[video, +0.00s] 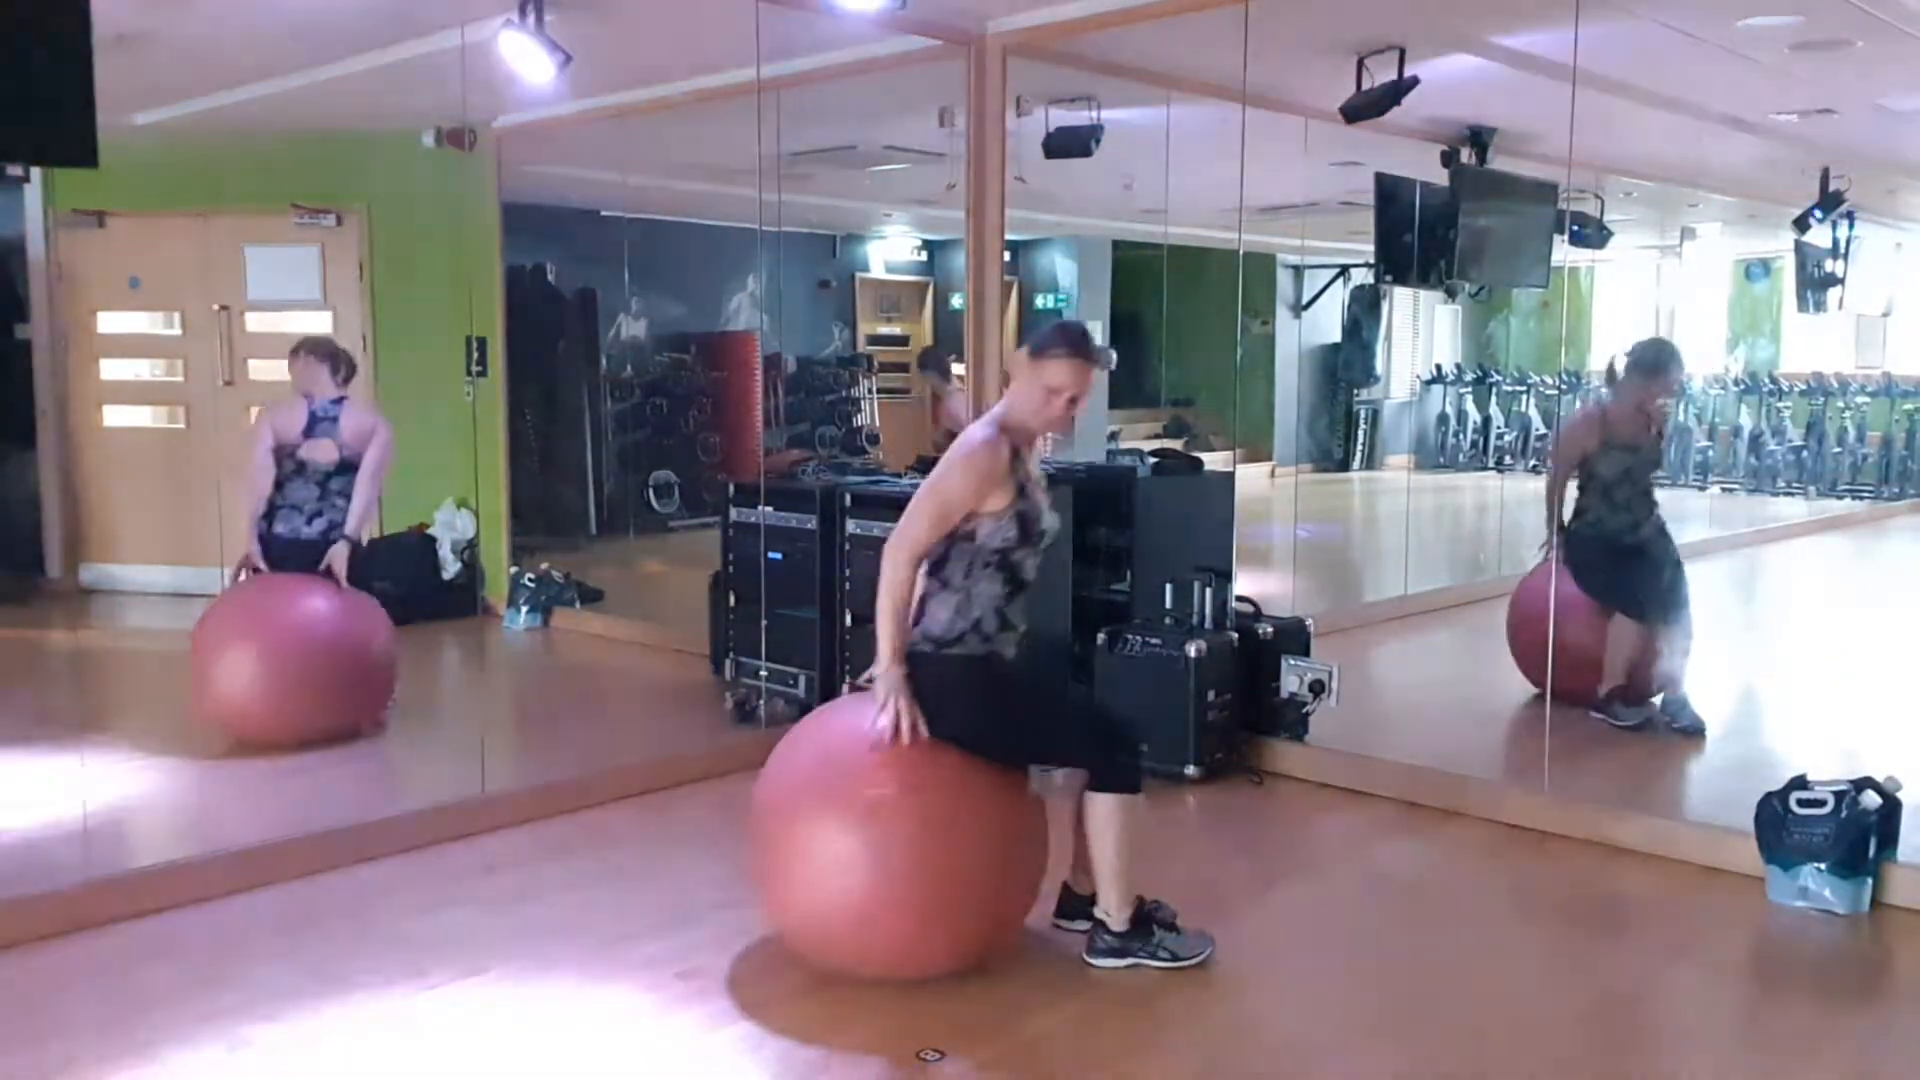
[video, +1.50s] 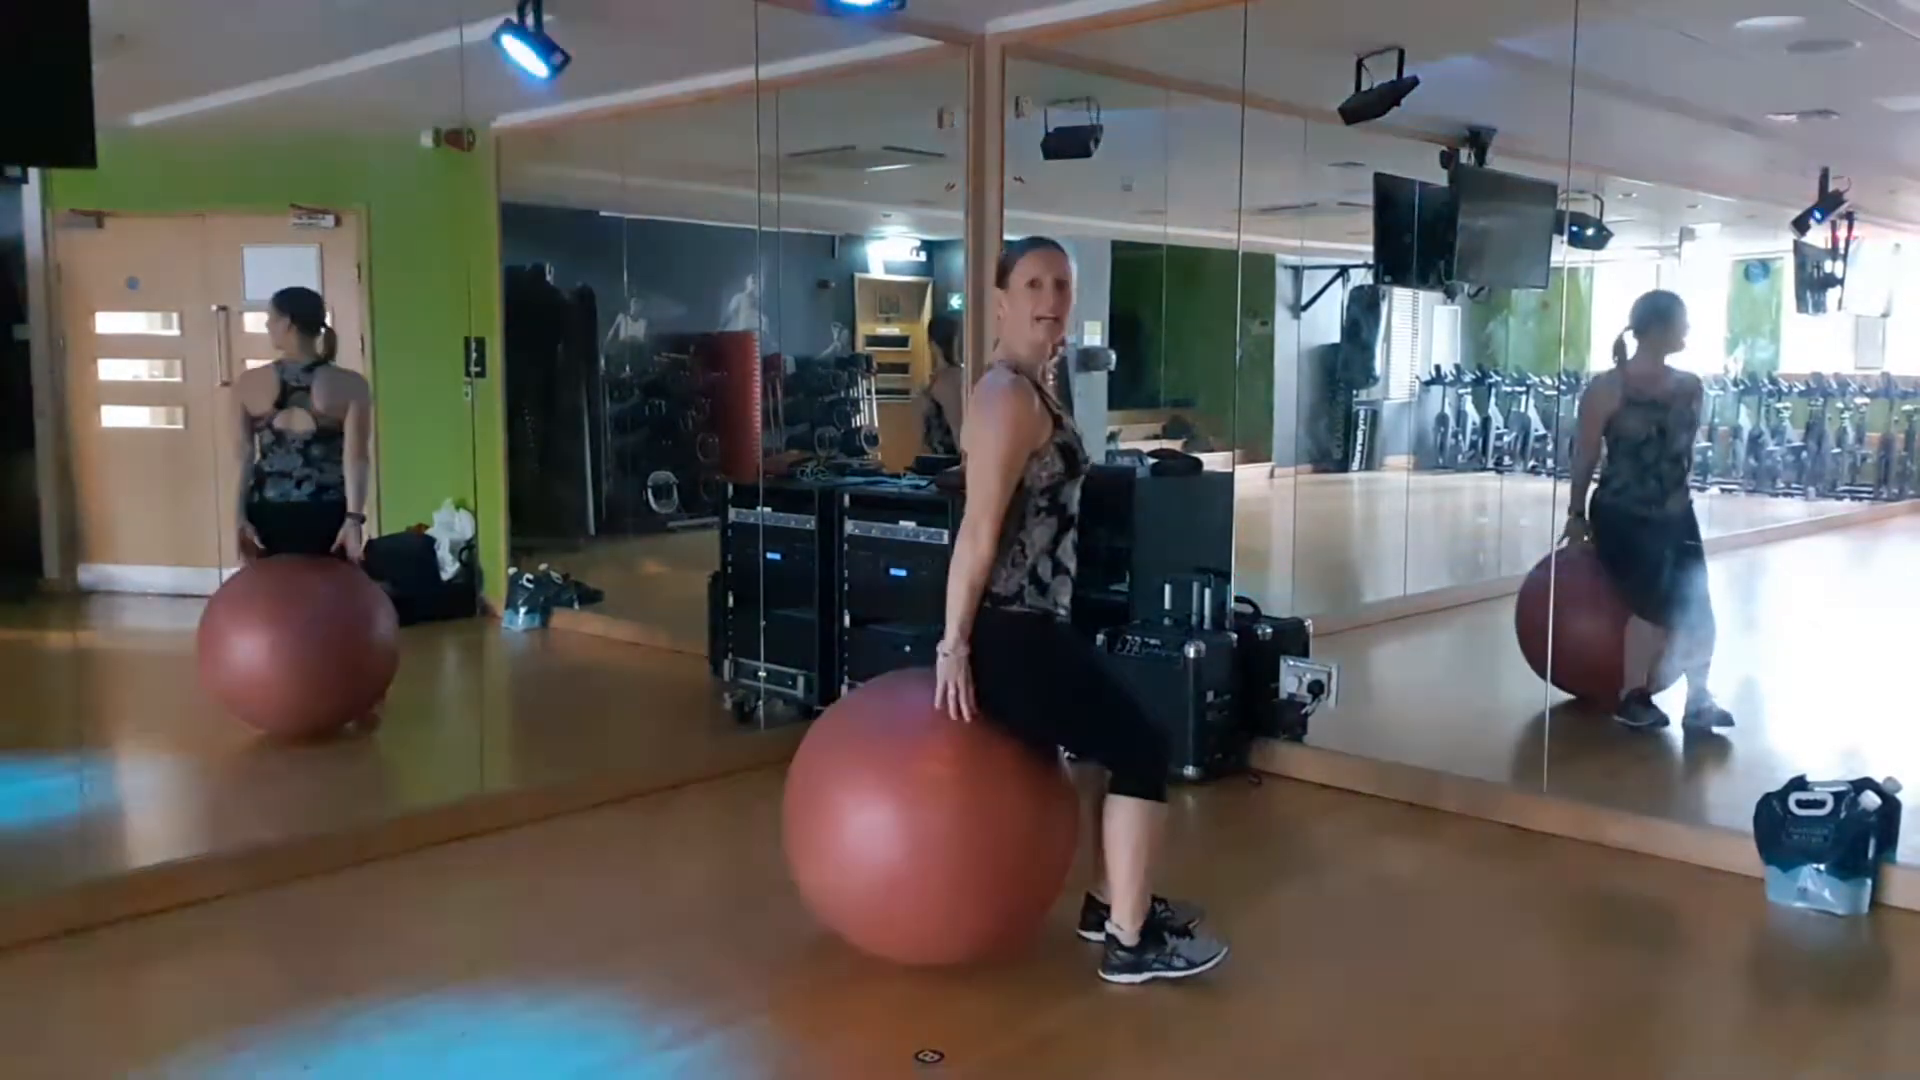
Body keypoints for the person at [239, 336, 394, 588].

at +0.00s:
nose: (290, 373)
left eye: (293, 364)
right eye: (291, 365)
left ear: (310, 361)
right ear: (336, 367)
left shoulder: (274, 417)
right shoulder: (374, 424)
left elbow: (261, 482)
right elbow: (367, 483)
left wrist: (252, 541)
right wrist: (347, 539)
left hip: (280, 546)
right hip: (339, 545)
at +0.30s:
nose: (274, 394)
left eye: (276, 385)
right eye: (275, 385)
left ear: (289, 383)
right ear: (320, 387)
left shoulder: (255, 436)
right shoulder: (356, 439)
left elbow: (233, 503)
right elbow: (348, 504)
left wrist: (231, 568)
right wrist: (325, 561)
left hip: (259, 571)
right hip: (325, 571)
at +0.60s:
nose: (265, 387)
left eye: (266, 378)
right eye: (265, 379)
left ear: (275, 380)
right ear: (313, 382)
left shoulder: (245, 434)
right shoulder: (348, 433)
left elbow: (220, 497)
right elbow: (342, 498)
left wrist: (224, 567)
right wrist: (327, 560)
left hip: (255, 572)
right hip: (320, 572)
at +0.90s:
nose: (271, 383)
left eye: (274, 375)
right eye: (272, 375)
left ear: (290, 380)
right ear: (320, 381)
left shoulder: (253, 435)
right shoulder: (352, 437)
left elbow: (229, 500)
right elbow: (346, 501)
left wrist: (228, 563)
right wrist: (329, 562)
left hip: (259, 569)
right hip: (320, 569)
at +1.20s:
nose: (274, 347)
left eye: (277, 338)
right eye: (275, 338)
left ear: (293, 345)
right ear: (320, 345)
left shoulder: (259, 406)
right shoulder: (355, 407)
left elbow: (250, 478)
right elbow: (354, 476)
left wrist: (244, 541)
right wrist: (345, 533)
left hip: (272, 532)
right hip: (329, 531)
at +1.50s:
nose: (268, 326)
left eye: (272, 318)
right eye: (269, 318)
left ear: (288, 324)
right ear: (317, 325)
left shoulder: (250, 384)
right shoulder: (351, 385)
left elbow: (244, 457)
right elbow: (357, 457)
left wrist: (241, 517)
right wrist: (355, 518)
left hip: (269, 517)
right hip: (328, 518)